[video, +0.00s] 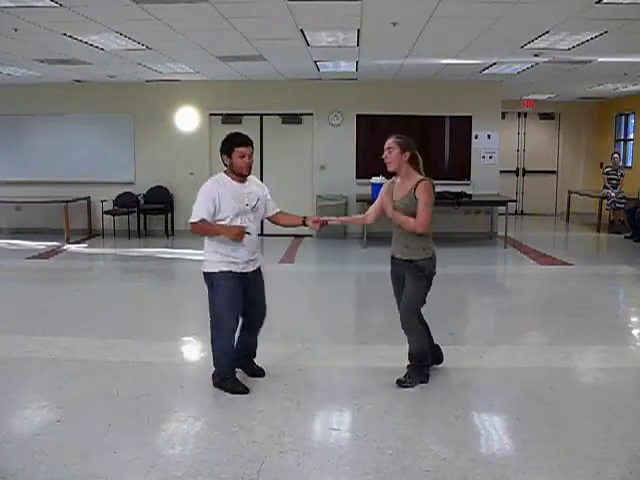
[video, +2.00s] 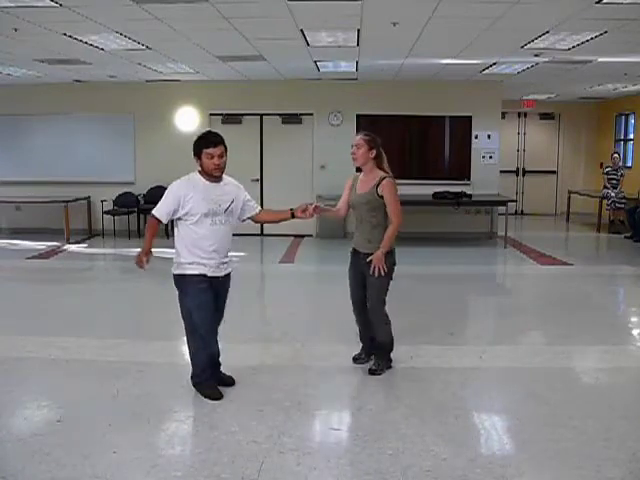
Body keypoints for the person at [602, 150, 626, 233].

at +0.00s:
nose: (615, 160)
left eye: (617, 158)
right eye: (614, 158)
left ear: (619, 160)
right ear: (611, 159)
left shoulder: (621, 171)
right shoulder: (607, 169)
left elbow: (621, 183)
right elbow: (605, 182)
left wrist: (617, 190)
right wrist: (611, 189)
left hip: (617, 188)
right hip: (608, 187)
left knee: (622, 196)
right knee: (611, 196)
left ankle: (621, 217)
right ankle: (611, 217)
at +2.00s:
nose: (615, 160)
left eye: (616, 158)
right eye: (613, 158)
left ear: (619, 160)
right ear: (611, 160)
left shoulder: (621, 170)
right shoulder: (607, 169)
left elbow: (621, 183)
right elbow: (605, 182)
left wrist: (617, 190)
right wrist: (611, 189)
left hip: (617, 188)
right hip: (608, 188)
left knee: (622, 196)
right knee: (612, 196)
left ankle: (621, 218)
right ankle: (612, 218)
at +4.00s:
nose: (615, 160)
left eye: (616, 158)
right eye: (613, 158)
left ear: (619, 160)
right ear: (611, 160)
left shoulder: (621, 170)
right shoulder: (606, 169)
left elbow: (621, 182)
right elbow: (605, 182)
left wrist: (618, 190)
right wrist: (611, 189)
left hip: (617, 188)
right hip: (608, 188)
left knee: (622, 196)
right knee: (611, 196)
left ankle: (621, 217)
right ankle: (611, 216)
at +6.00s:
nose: (615, 160)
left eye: (616, 158)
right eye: (613, 158)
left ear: (619, 160)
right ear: (611, 160)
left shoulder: (621, 170)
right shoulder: (606, 169)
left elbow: (621, 184)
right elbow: (605, 182)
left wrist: (617, 190)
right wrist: (611, 190)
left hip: (617, 188)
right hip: (608, 188)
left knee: (622, 196)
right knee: (611, 196)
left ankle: (621, 216)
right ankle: (611, 215)